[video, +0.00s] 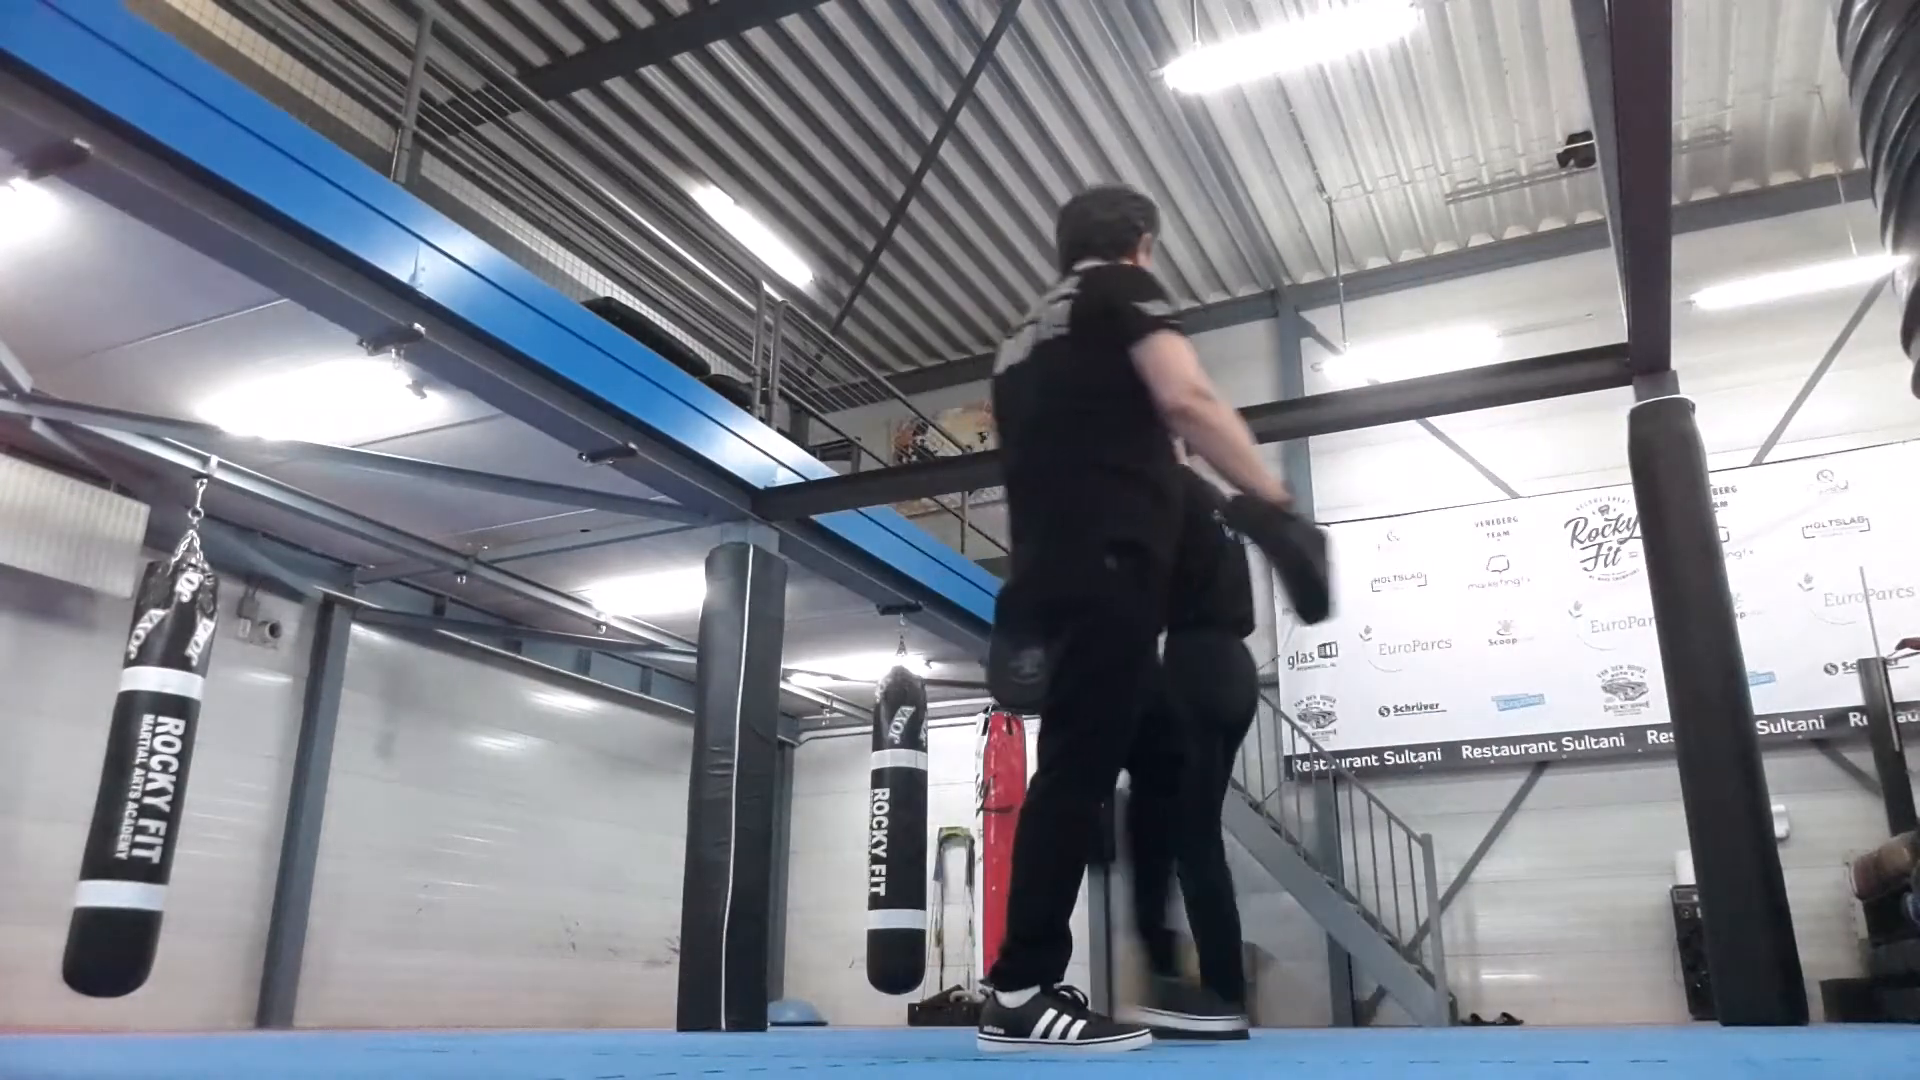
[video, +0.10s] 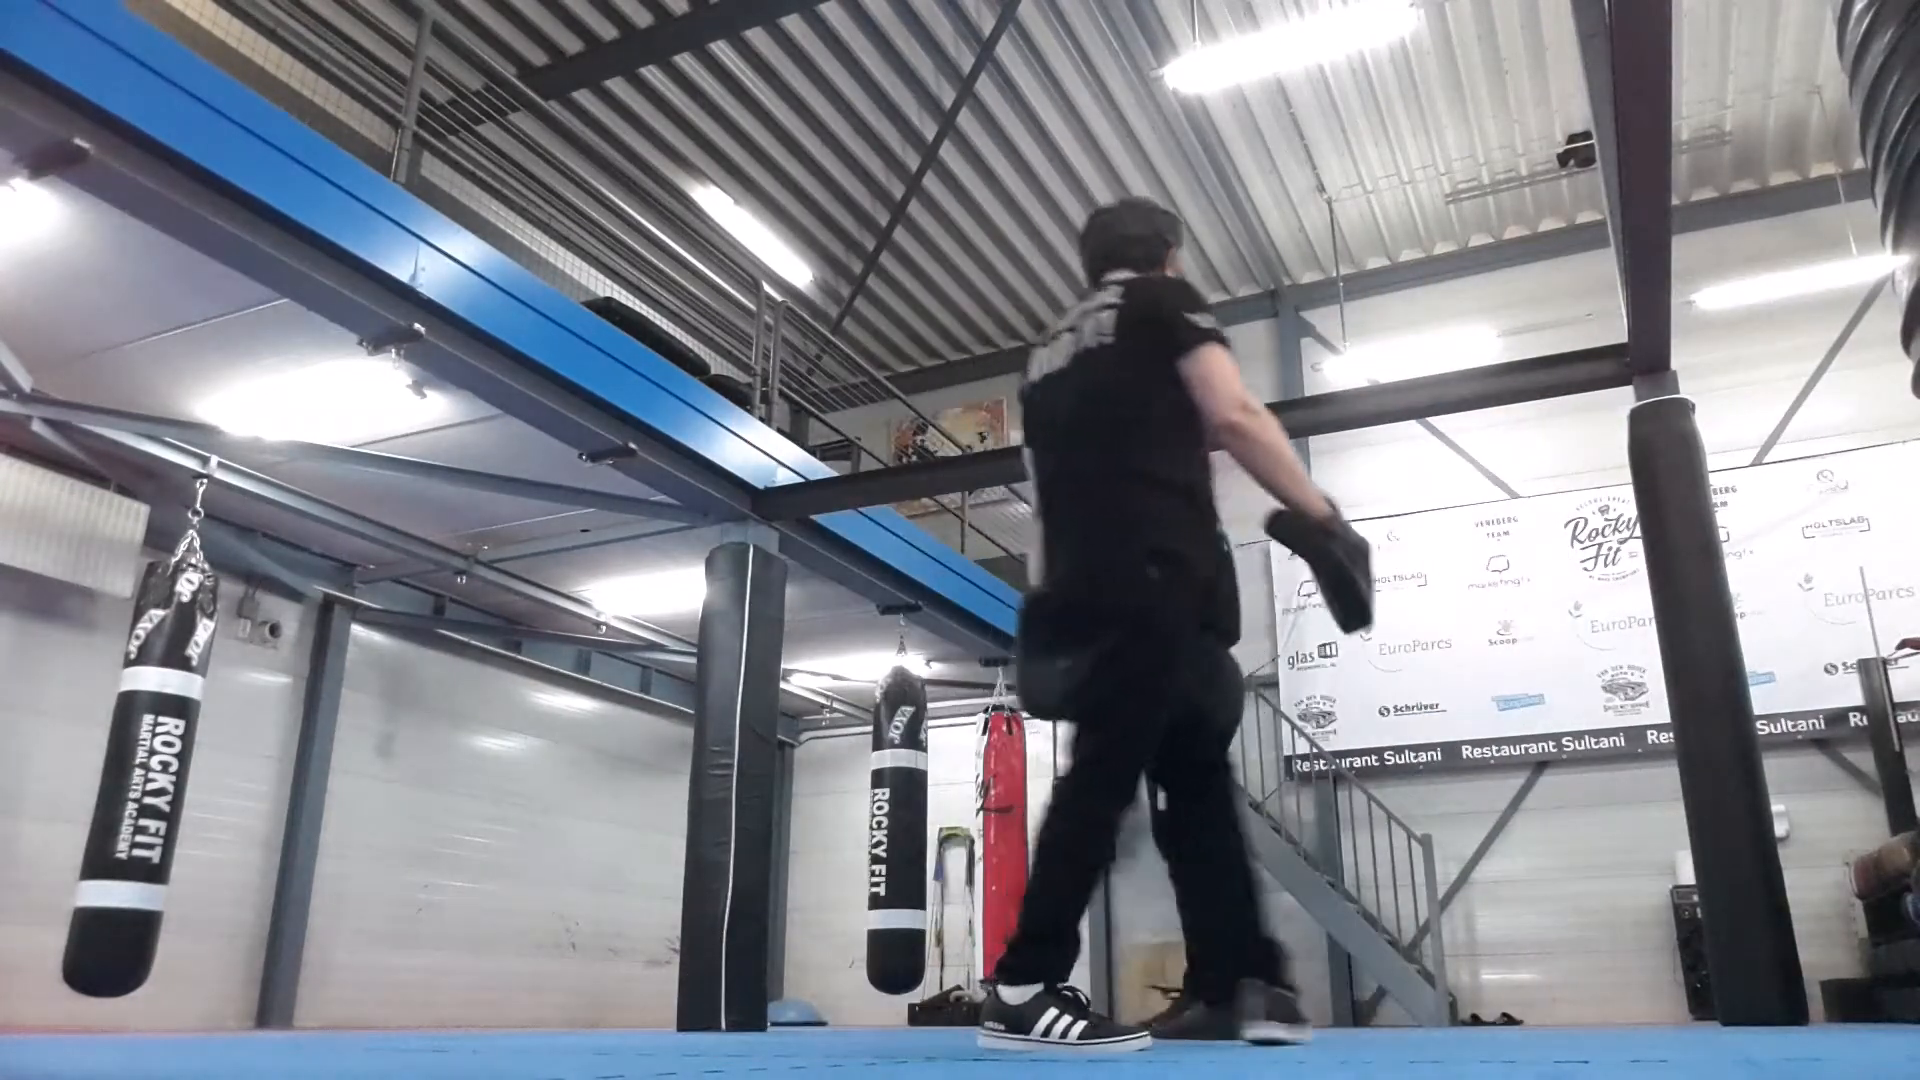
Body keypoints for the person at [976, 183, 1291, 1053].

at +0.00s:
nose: (1157, 264)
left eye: (1154, 251)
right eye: (1155, 250)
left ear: (1068, 251)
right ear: (1134, 247)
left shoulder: (1017, 345)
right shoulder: (1120, 295)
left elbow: (1046, 463)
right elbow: (1190, 403)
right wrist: (1273, 502)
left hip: (1046, 579)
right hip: (1111, 580)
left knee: (1163, 755)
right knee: (1070, 779)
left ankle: (1164, 958)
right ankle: (1022, 989)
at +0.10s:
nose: (1184, 272)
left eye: (1179, 260)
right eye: (1181, 259)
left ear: (1091, 268)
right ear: (1164, 258)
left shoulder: (1045, 359)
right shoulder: (1157, 303)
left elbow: (1048, 492)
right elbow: (1234, 419)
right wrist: (1317, 511)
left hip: (1088, 600)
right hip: (1164, 595)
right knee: (1098, 789)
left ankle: (1241, 983)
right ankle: (1024, 983)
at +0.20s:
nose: (1206, 290)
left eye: (1201, 280)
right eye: (1202, 279)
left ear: (1114, 288)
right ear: (1187, 277)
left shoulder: (1072, 372)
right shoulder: (1192, 318)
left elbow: (1068, 517)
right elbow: (1270, 434)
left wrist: (1071, 626)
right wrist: (1352, 539)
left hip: (1124, 599)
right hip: (1200, 584)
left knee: (1230, 782)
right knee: (1187, 786)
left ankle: (1277, 997)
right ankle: (1056, 957)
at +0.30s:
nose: (1215, 295)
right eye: (1210, 285)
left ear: (1126, 305)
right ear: (1204, 287)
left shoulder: (1094, 387)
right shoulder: (1228, 327)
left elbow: (1096, 535)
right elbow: (1300, 444)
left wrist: (1104, 645)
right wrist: (1370, 549)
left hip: (1147, 614)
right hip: (1241, 596)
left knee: (1236, 798)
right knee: (1305, 780)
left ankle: (1279, 993)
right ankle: (1145, 893)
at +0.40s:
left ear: (1142, 309)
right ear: (1222, 289)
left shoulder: (1114, 386)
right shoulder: (1260, 329)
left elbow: (1110, 526)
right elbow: (1326, 433)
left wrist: (1132, 634)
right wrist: (1391, 544)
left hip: (1172, 614)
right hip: (1272, 590)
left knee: (1239, 790)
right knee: (1352, 755)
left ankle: (1284, 999)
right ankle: (1267, 902)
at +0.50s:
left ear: (1163, 305)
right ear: (1239, 285)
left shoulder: (1133, 376)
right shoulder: (1286, 328)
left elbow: (1125, 514)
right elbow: (1356, 430)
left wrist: (1143, 616)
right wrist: (1413, 538)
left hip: (1187, 603)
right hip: (1296, 585)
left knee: (1244, 791)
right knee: (1359, 762)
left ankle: (1280, 998)